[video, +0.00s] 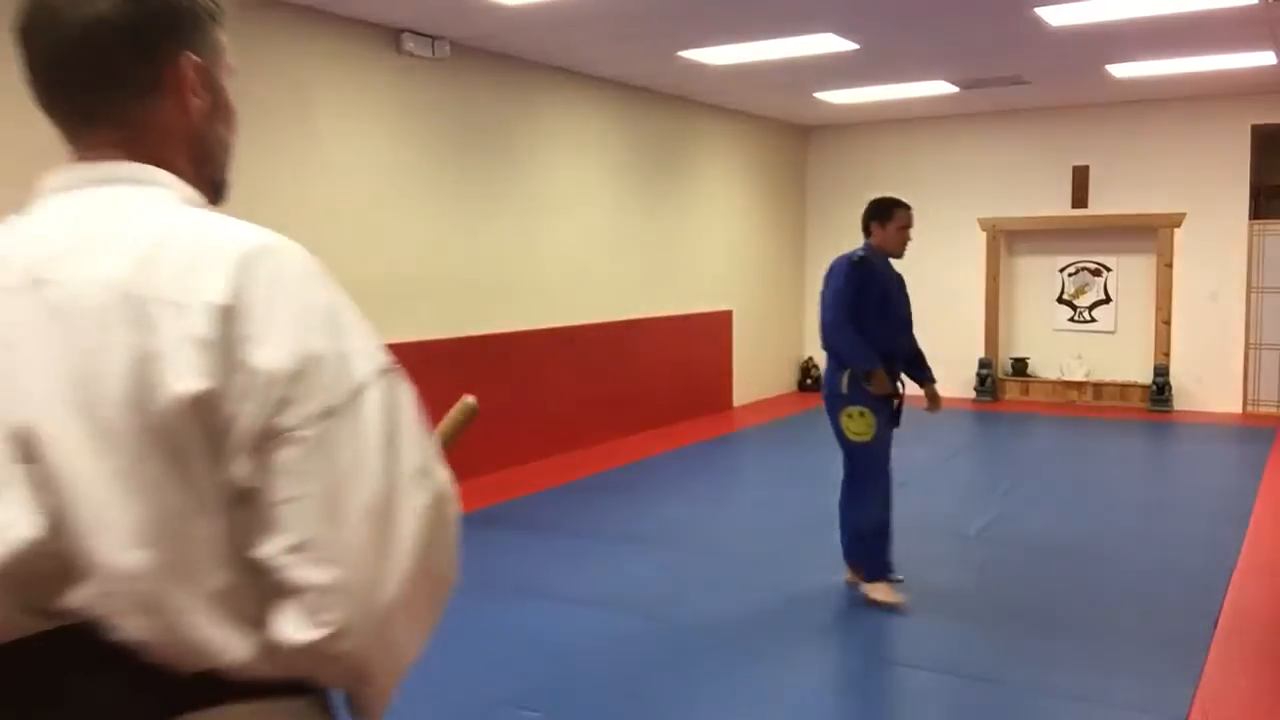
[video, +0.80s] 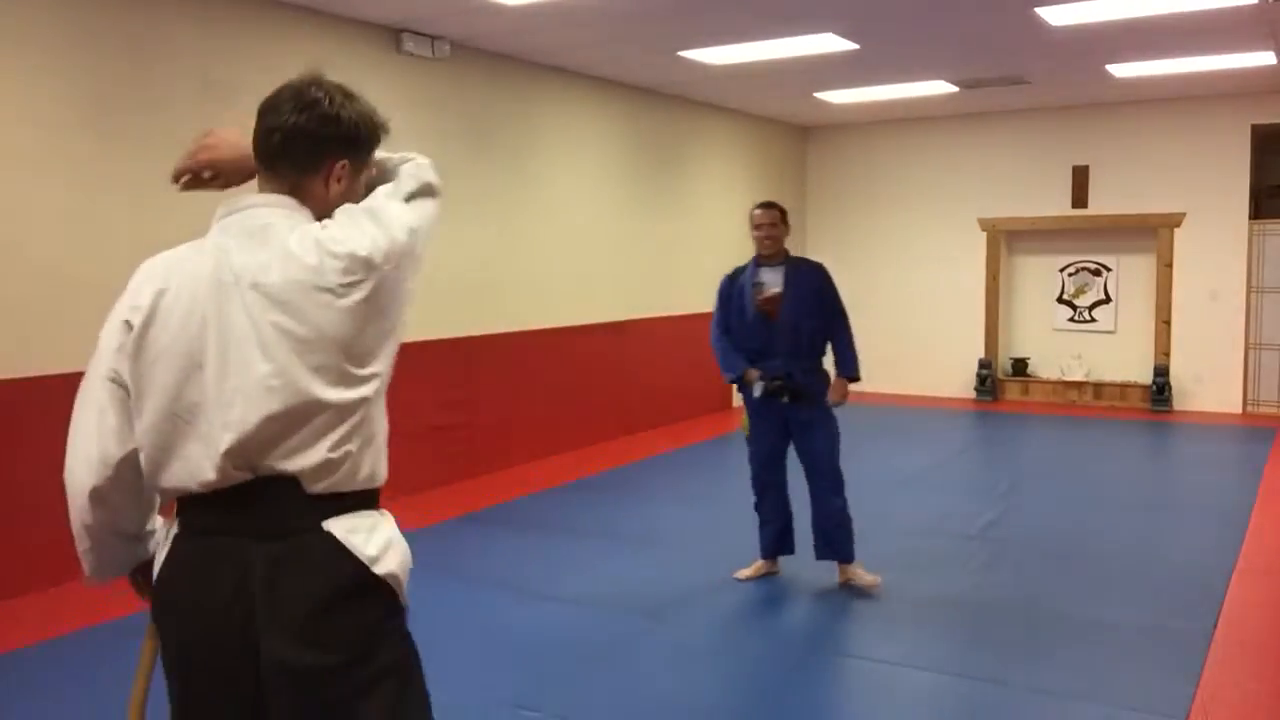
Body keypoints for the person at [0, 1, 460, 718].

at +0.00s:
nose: (234, 112)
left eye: (232, 85)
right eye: (229, 83)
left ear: (59, 101)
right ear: (191, 85)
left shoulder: (9, 265)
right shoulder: (251, 277)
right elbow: (370, 565)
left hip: (31, 684)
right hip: (232, 691)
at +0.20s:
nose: (309, 139)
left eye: (305, 116)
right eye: (304, 115)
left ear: (159, 132)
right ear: (275, 123)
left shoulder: (43, 312)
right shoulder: (348, 300)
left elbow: (11, 556)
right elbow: (469, 549)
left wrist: (88, 649)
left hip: (119, 680)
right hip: (309, 677)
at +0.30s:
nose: (333, 138)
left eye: (333, 117)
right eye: (332, 117)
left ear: (194, 124)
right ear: (308, 125)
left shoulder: (82, 293)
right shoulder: (374, 282)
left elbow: (44, 535)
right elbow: (513, 468)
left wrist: (126, 623)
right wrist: (508, 363)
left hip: (161, 657)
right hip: (340, 657)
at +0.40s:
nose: (350, 139)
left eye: (353, 119)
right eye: (350, 119)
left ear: (224, 123)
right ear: (326, 125)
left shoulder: (110, 277)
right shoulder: (386, 258)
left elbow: (64, 508)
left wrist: (126, 610)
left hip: (181, 629)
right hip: (356, 626)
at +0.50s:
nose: (365, 143)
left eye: (364, 126)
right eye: (364, 128)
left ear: (247, 126)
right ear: (340, 133)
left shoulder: (134, 269)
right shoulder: (378, 246)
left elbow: (75, 485)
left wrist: (131, 585)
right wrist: (380, 192)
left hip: (195, 599)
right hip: (360, 598)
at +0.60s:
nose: (370, 164)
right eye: (372, 150)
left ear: (258, 142)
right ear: (347, 150)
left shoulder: (150, 273)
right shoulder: (377, 248)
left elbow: (81, 477)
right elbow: (471, 183)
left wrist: (135, 576)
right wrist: (368, 155)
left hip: (202, 588)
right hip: (358, 586)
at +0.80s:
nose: (356, 198)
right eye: (359, 180)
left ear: (262, 166)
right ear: (339, 177)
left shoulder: (156, 282)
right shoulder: (352, 255)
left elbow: (94, 470)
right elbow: (414, 177)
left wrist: (136, 556)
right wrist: (260, 150)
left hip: (200, 565)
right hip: (332, 562)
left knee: (212, 708)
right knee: (373, 707)